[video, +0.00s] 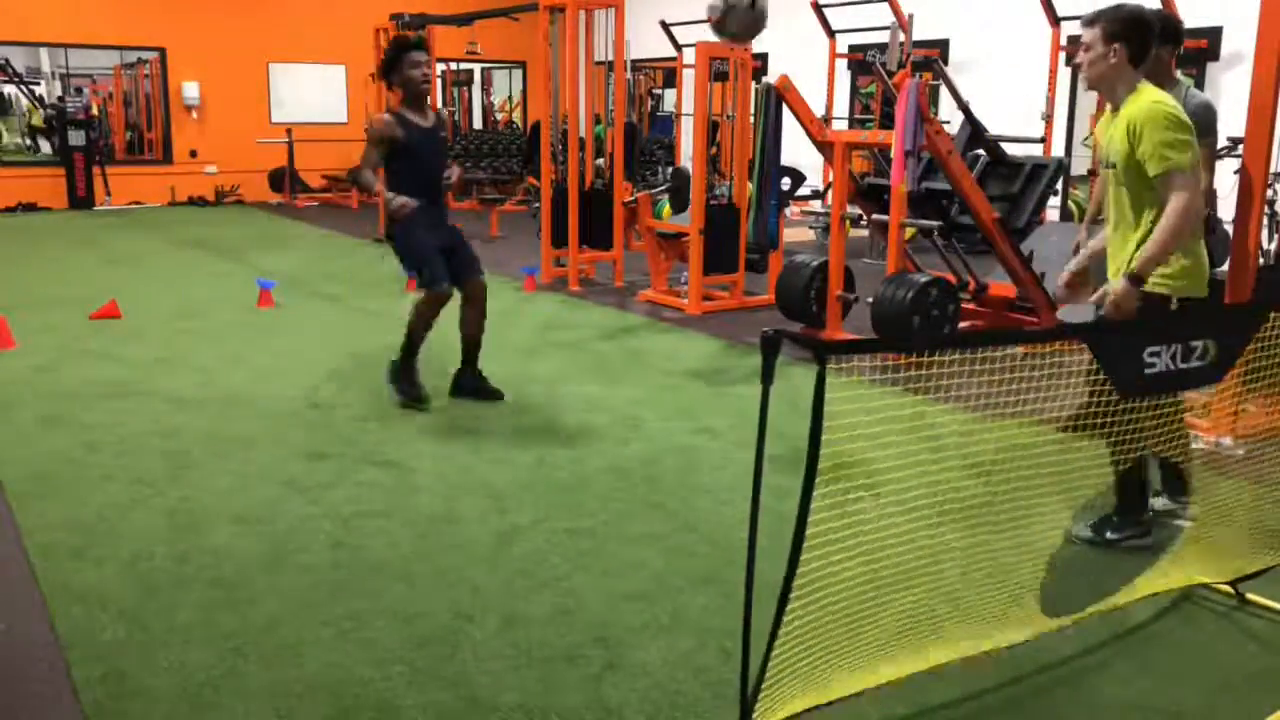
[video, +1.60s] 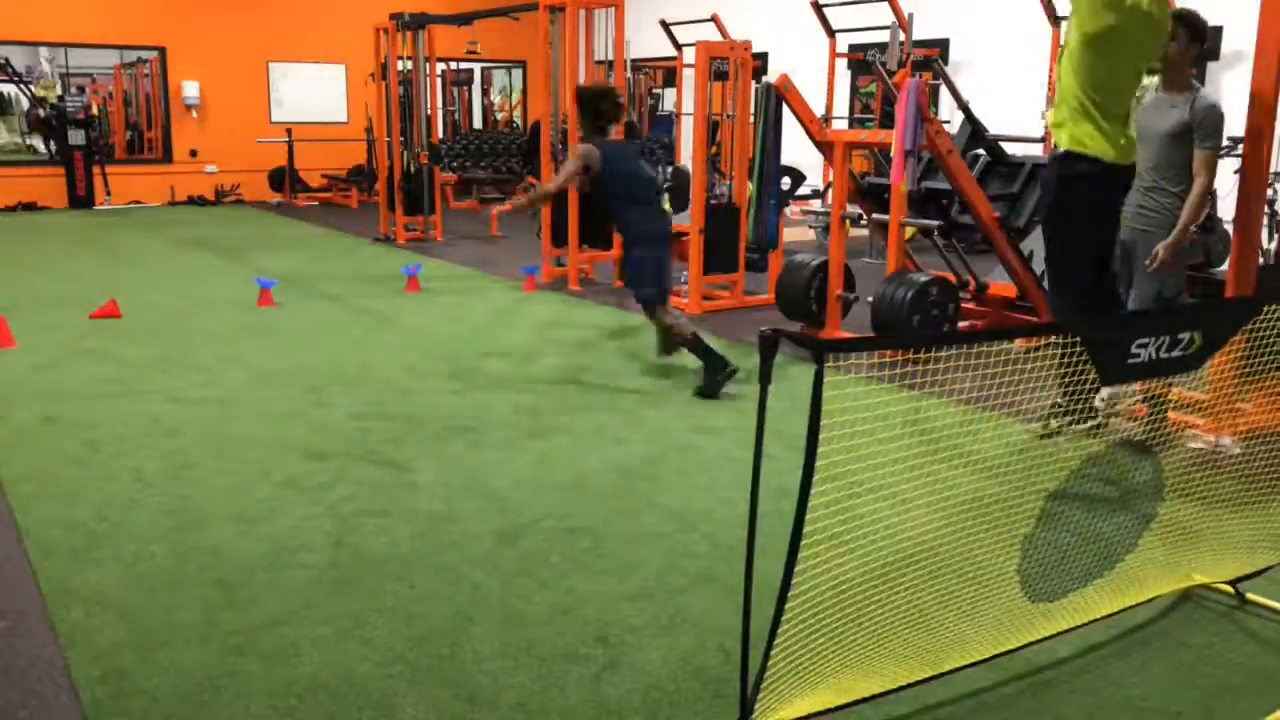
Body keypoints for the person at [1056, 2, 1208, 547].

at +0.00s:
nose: (1077, 59)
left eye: (1086, 48)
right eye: (1079, 48)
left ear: (1118, 54)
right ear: (1112, 55)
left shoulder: (1156, 112)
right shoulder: (1117, 117)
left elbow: (1187, 203)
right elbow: (1129, 215)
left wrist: (1135, 275)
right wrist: (1086, 258)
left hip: (1162, 282)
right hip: (1142, 279)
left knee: (1114, 393)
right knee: (1155, 388)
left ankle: (1131, 513)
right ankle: (1176, 489)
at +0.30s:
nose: (1079, 59)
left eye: (1085, 48)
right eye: (1080, 48)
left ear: (1115, 51)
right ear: (1126, 52)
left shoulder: (1128, 108)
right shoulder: (1161, 103)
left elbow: (1142, 207)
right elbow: (1205, 185)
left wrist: (1083, 267)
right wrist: (1167, 232)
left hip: (1146, 279)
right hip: (1182, 277)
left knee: (1118, 393)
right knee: (1134, 386)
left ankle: (1131, 518)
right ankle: (1165, 477)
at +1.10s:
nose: (1101, 55)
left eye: (1105, 48)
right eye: (1105, 47)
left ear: (1113, 57)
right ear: (1158, 65)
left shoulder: (1093, 123)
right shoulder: (1173, 132)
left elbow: (1061, 205)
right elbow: (1185, 209)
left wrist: (1029, 213)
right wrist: (1143, 224)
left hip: (1098, 278)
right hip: (1143, 280)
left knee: (1095, 399)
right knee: (1096, 388)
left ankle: (1130, 516)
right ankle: (1128, 458)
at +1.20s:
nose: (1086, 70)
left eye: (1090, 65)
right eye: (1091, 63)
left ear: (1096, 79)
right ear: (1139, 89)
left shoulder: (1077, 142)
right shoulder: (1153, 141)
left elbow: (1043, 224)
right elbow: (1169, 218)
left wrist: (1021, 210)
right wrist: (1080, 207)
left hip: (1105, 288)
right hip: (1157, 287)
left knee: (1030, 369)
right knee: (1077, 363)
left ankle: (1084, 477)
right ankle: (1118, 456)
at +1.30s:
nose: (1078, 85)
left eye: (1083, 80)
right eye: (1084, 78)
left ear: (1088, 96)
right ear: (1128, 105)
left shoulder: (1074, 154)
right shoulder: (1142, 152)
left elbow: (1009, 225)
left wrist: (1011, 183)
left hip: (1100, 293)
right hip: (1151, 290)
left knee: (1011, 353)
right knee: (1067, 349)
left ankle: (1052, 468)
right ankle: (1117, 450)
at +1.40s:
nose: (1085, 45)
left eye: (1090, 39)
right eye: (1089, 38)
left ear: (1097, 51)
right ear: (1137, 58)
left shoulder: (1082, 105)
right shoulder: (1143, 106)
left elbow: (996, 111)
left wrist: (1029, 62)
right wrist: (1089, 81)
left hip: (1078, 259)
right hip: (1130, 258)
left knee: (1032, 363)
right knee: (1094, 358)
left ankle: (1055, 475)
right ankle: (1119, 452)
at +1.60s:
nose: (1173, 50)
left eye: (1182, 45)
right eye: (1176, 42)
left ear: (1195, 52)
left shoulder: (1099, 8)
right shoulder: (1157, 13)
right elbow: (1155, 61)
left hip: (1080, 160)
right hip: (1112, 161)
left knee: (1070, 288)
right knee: (1092, 284)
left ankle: (1075, 400)